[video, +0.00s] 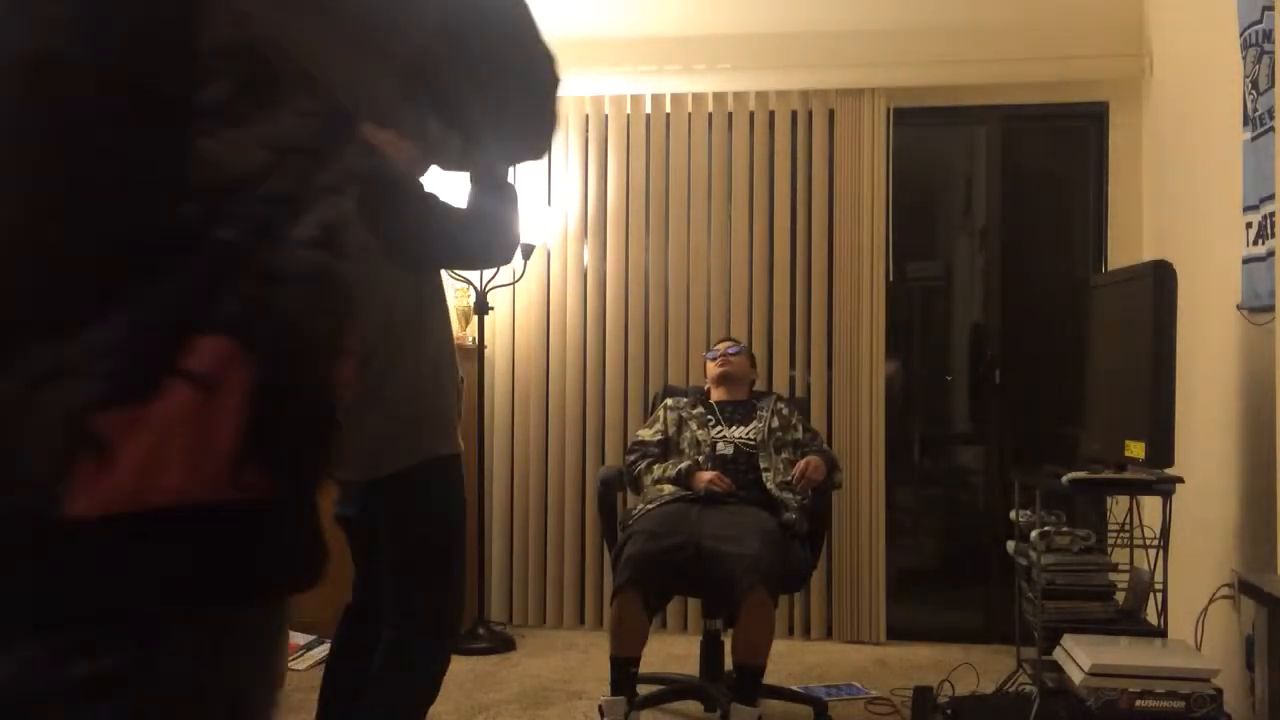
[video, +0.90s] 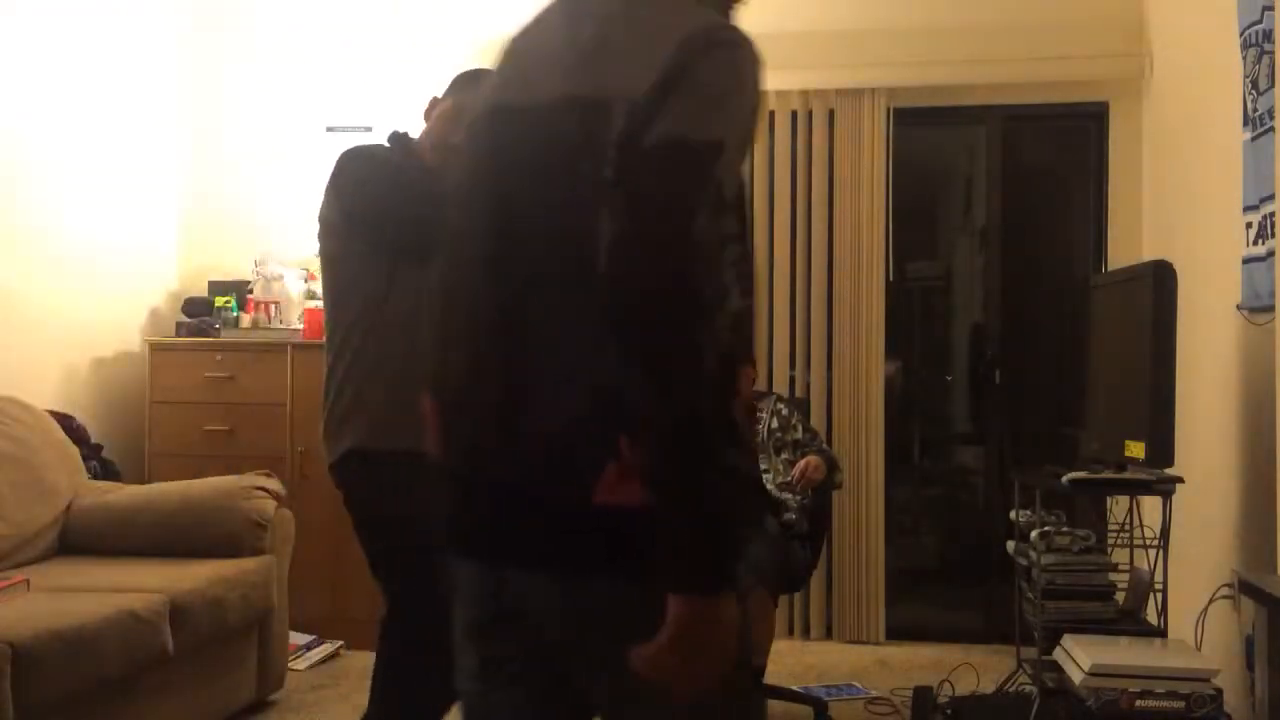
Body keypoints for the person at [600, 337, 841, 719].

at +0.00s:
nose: (722, 354)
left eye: (733, 350)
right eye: (713, 353)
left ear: (753, 371)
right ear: (705, 373)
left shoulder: (779, 411)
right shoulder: (674, 409)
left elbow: (825, 457)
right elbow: (638, 465)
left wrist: (820, 461)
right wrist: (689, 476)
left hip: (749, 507)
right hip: (673, 503)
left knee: (756, 576)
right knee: (637, 568)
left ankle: (746, 705)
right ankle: (621, 697)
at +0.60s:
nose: (722, 354)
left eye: (733, 349)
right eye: (714, 353)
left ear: (752, 370)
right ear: (704, 374)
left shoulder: (780, 411)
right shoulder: (674, 407)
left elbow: (826, 463)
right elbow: (643, 469)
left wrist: (819, 460)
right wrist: (690, 477)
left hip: (749, 508)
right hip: (675, 506)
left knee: (757, 580)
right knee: (634, 572)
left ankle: (745, 704)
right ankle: (637, 693)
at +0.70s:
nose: (722, 358)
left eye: (731, 352)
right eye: (715, 355)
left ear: (752, 369)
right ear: (708, 370)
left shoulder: (773, 407)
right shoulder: (694, 406)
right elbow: (667, 459)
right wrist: (694, 477)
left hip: (758, 511)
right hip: (695, 511)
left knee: (756, 584)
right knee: (681, 578)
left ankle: (746, 698)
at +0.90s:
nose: (742, 379)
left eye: (747, 371)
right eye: (734, 371)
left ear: (754, 374)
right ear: (720, 376)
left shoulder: (777, 412)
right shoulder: (706, 420)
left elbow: (825, 459)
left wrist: (819, 462)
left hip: (781, 532)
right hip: (725, 533)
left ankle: (752, 684)